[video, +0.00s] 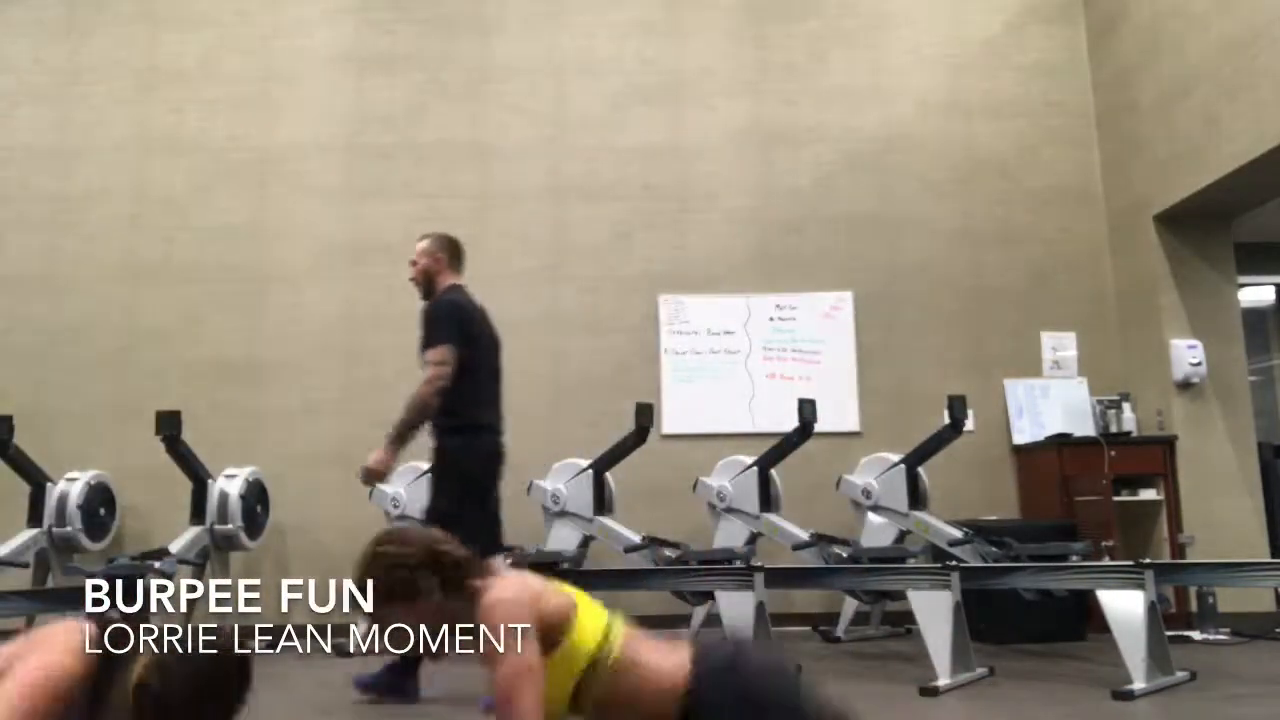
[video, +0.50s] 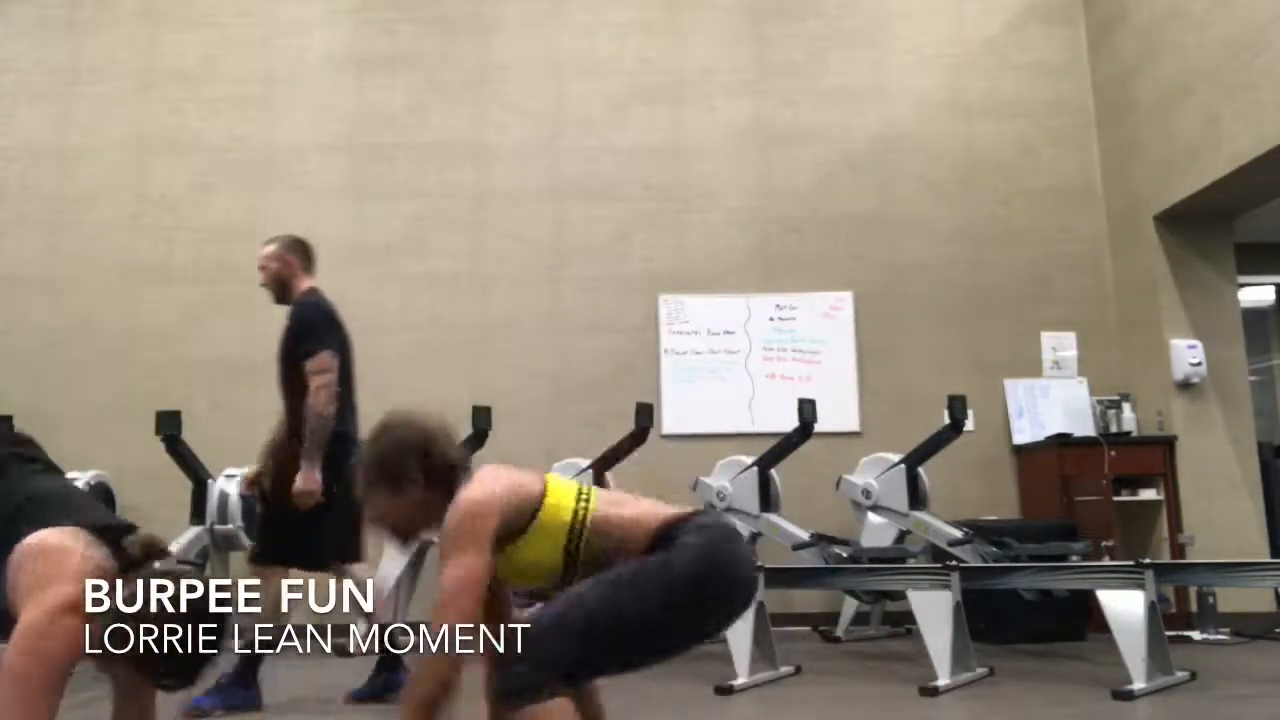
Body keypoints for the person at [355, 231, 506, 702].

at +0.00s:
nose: (410, 271)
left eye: (416, 263)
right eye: (411, 263)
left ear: (439, 263)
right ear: (448, 265)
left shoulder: (444, 307)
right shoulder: (470, 309)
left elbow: (437, 381)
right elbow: (472, 391)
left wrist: (390, 449)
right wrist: (446, 451)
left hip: (460, 452)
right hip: (481, 449)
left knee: (432, 556)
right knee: (481, 558)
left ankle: (403, 668)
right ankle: (515, 667)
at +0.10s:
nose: (387, 272)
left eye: (392, 263)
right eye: (387, 264)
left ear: (415, 263)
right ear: (424, 265)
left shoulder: (420, 307)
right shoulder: (446, 309)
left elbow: (412, 381)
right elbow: (453, 397)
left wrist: (368, 448)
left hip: (434, 454)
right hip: (454, 453)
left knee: (410, 560)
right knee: (436, 561)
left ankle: (396, 672)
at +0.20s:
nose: (357, 269)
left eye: (362, 260)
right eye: (357, 261)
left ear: (386, 262)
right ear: (395, 263)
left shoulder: (394, 303)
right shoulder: (413, 304)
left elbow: (393, 376)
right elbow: (424, 395)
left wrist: (352, 447)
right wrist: (435, 473)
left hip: (400, 454)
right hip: (423, 452)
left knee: (370, 557)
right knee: (415, 557)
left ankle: (395, 670)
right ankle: (432, 662)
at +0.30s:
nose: (326, 270)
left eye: (331, 260)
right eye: (326, 262)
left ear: (355, 260)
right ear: (361, 261)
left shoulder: (369, 303)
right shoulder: (380, 303)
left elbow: (377, 375)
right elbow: (387, 386)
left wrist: (340, 446)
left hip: (376, 444)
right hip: (395, 445)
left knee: (317, 548)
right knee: (385, 552)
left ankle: (352, 668)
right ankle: (397, 669)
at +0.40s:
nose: (291, 276)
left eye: (295, 267)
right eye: (290, 268)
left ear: (318, 265)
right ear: (322, 265)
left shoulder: (339, 310)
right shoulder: (334, 313)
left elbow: (349, 388)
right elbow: (327, 402)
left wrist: (326, 457)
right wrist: (300, 461)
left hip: (346, 456)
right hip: (361, 454)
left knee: (292, 561)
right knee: (373, 562)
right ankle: (396, 670)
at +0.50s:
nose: (261, 277)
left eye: (265, 267)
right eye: (260, 269)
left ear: (289, 266)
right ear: (293, 266)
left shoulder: (311, 314)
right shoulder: (308, 313)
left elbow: (324, 396)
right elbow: (305, 403)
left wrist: (310, 466)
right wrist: (271, 463)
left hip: (313, 465)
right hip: (330, 463)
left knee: (266, 568)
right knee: (348, 568)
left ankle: (243, 679)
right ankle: (390, 664)